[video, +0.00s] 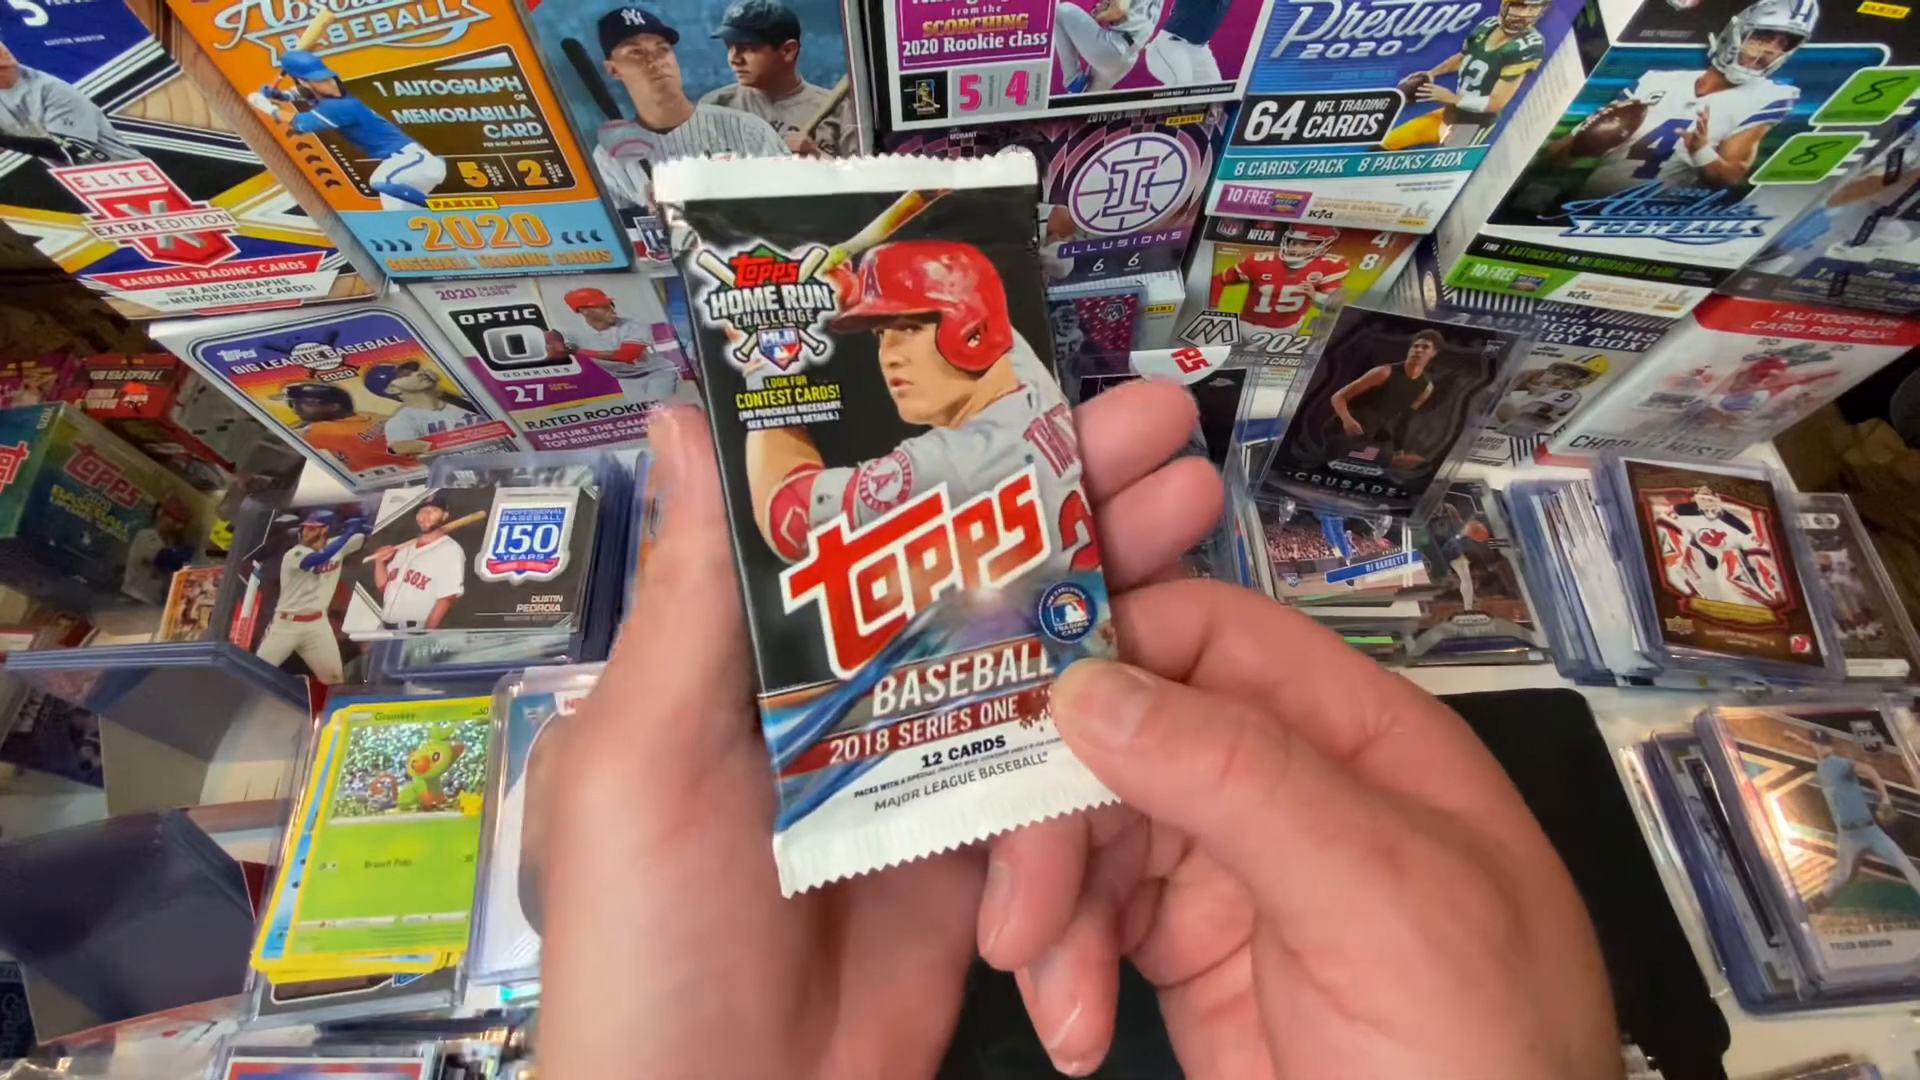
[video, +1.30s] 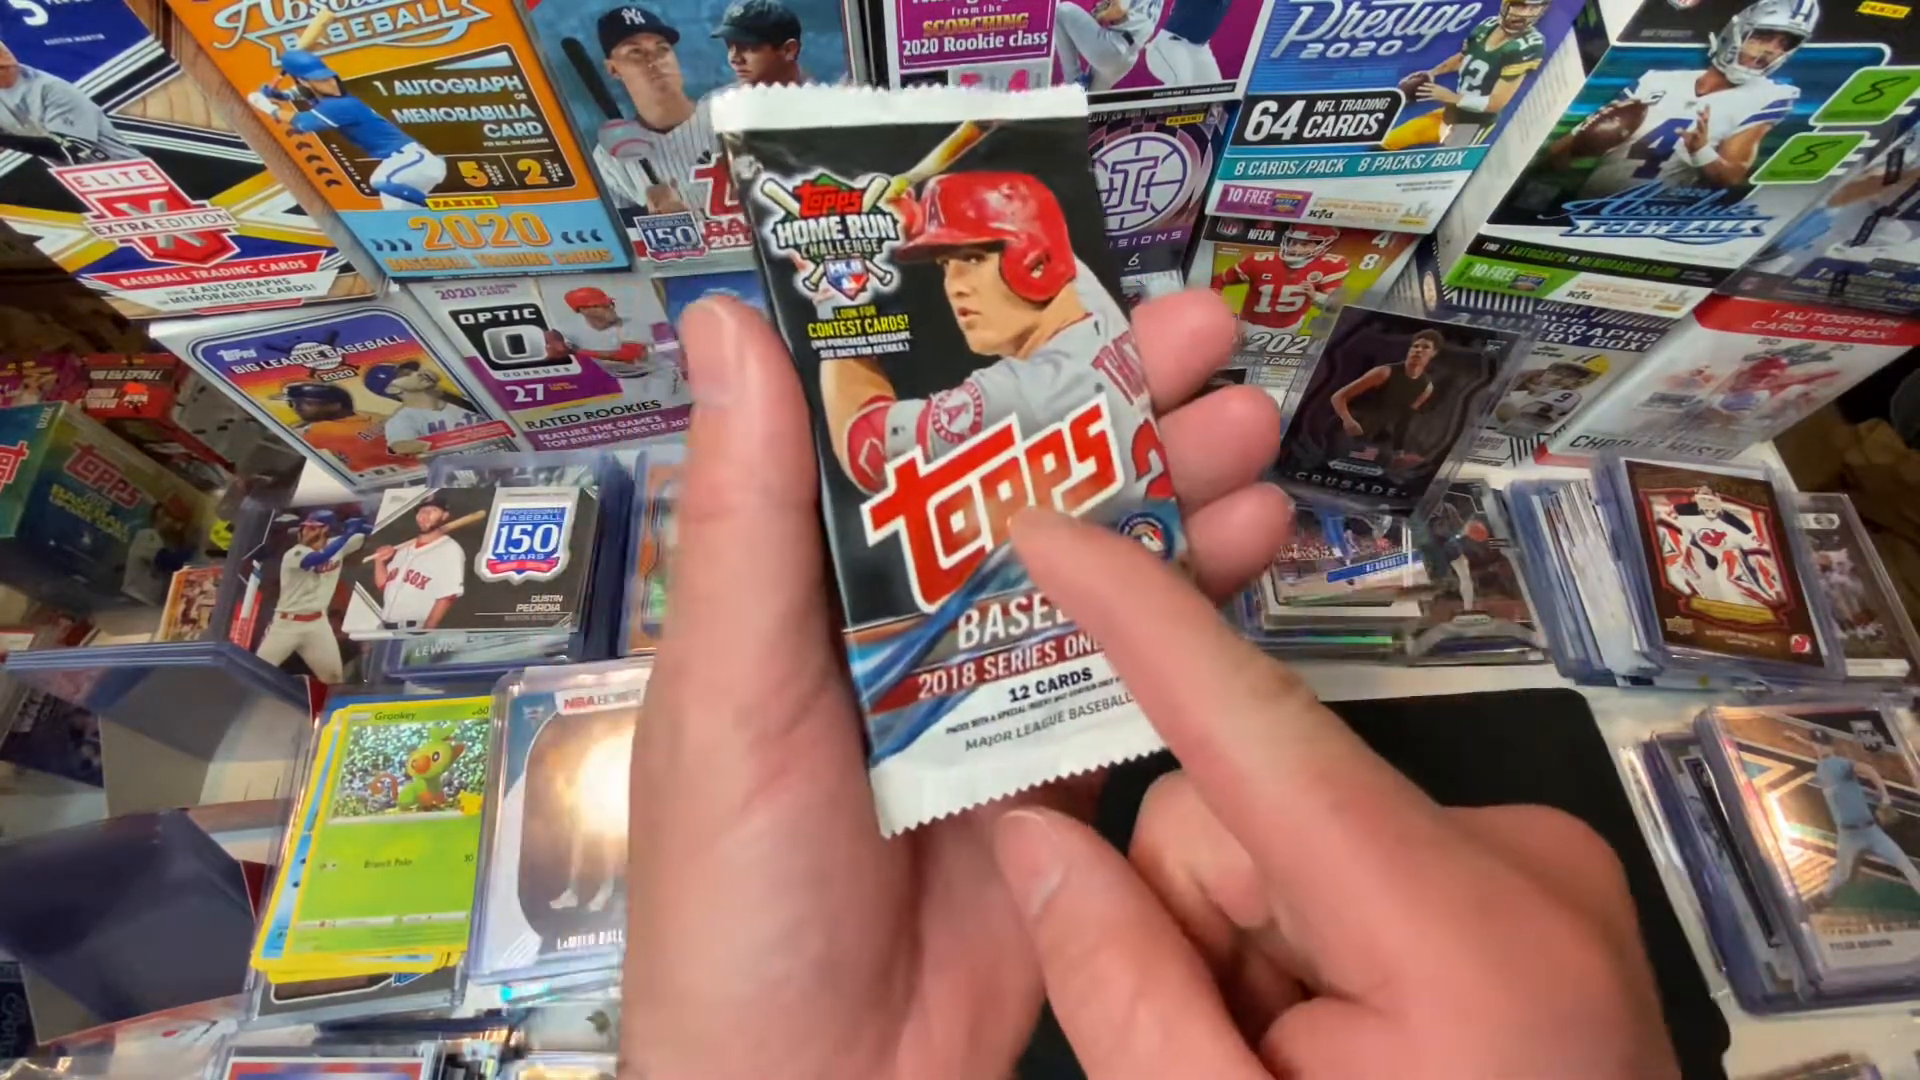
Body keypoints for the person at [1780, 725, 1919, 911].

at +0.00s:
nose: (1821, 749)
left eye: (1823, 744)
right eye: (1817, 745)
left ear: (1829, 744)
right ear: (1814, 747)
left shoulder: (1838, 764)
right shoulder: (1822, 768)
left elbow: (1869, 771)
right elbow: (1813, 746)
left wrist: (1884, 797)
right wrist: (1799, 739)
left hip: (1870, 829)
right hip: (1847, 834)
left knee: (1904, 864)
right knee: (1842, 875)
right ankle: (1823, 898)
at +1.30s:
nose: (1822, 749)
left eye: (1824, 744)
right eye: (1818, 745)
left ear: (1830, 745)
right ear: (1814, 748)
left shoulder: (1839, 764)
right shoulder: (1823, 767)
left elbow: (1869, 770)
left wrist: (1885, 797)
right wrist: (1796, 738)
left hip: (1871, 829)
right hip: (1847, 834)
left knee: (1903, 862)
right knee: (1842, 874)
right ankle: (1825, 896)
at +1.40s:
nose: (1823, 749)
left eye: (1825, 744)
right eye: (1819, 745)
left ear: (1831, 745)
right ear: (1814, 748)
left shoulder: (1839, 764)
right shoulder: (1823, 767)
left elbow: (1868, 770)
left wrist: (1884, 797)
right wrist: (1796, 738)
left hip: (1871, 829)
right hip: (1847, 834)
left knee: (1904, 863)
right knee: (1842, 874)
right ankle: (1825, 896)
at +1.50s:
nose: (1823, 749)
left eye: (1825, 744)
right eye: (1819, 745)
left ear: (1831, 745)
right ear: (1814, 748)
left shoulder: (1839, 764)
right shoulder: (1823, 767)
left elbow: (1868, 770)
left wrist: (1884, 797)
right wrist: (1796, 738)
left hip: (1871, 829)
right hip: (1847, 834)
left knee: (1904, 863)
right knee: (1842, 875)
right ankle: (1825, 896)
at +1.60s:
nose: (1823, 749)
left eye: (1825, 744)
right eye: (1819, 745)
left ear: (1831, 745)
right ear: (1814, 747)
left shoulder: (1839, 764)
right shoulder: (1823, 767)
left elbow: (1868, 770)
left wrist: (1885, 797)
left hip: (1871, 828)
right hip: (1847, 834)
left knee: (1904, 864)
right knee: (1843, 875)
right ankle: (1823, 897)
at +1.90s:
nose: (1824, 749)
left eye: (1826, 744)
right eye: (1819, 745)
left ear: (1831, 745)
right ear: (1814, 748)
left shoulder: (1839, 764)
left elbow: (1868, 770)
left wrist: (1885, 797)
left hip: (1871, 829)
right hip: (1847, 834)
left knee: (1904, 863)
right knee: (1842, 875)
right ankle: (1824, 897)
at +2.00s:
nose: (1823, 749)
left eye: (1826, 744)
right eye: (1819, 746)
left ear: (1831, 745)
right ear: (1814, 748)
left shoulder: (1839, 764)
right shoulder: (1823, 766)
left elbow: (1868, 770)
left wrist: (1885, 797)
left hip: (1870, 828)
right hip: (1847, 834)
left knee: (1904, 864)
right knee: (1843, 874)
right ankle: (1823, 897)